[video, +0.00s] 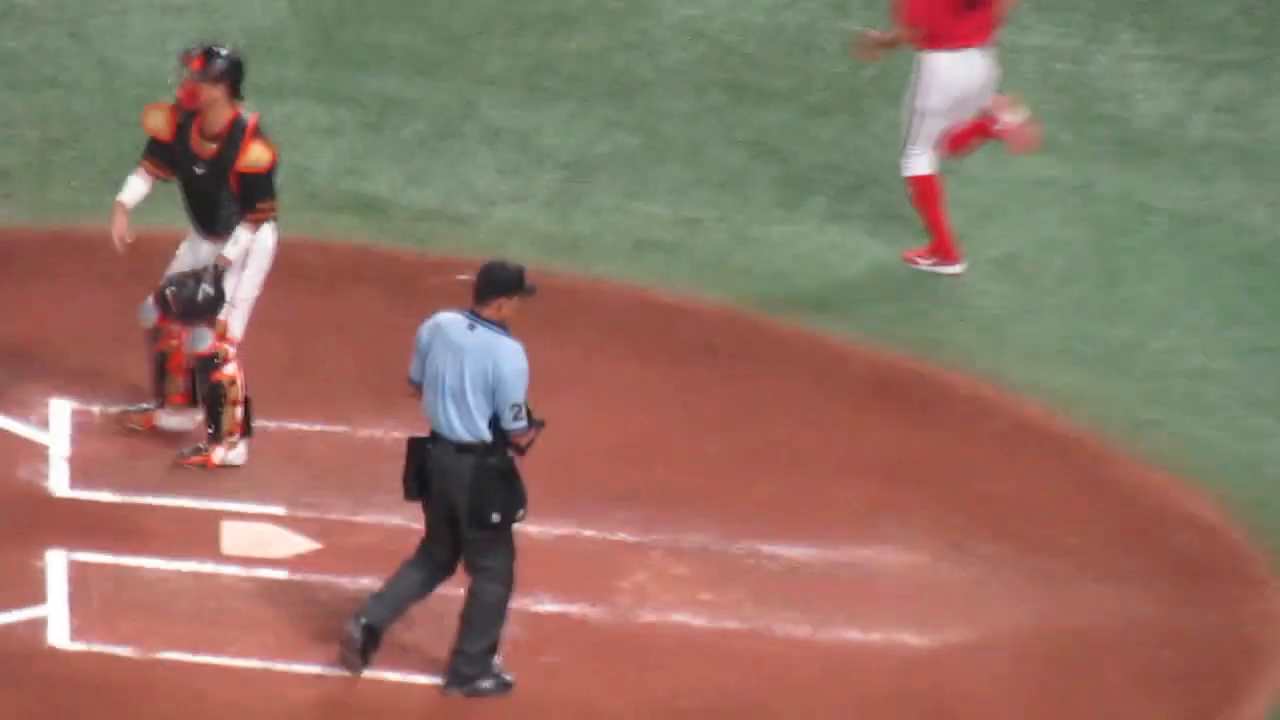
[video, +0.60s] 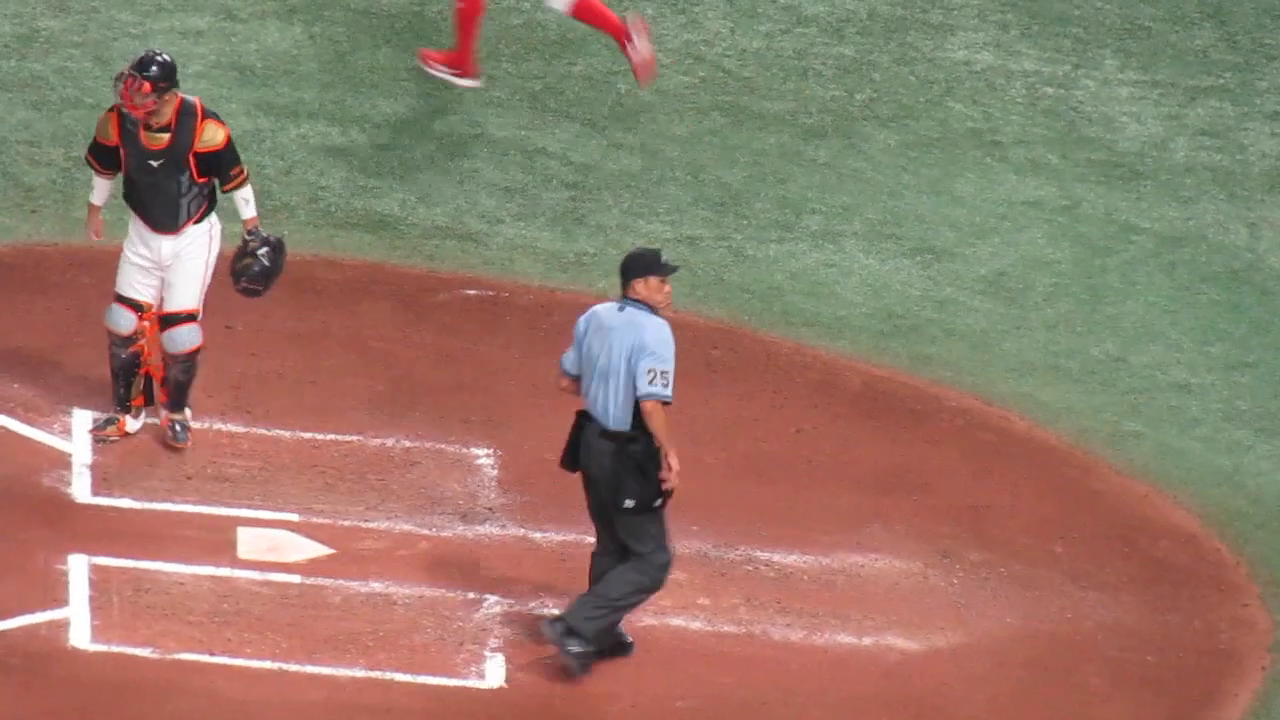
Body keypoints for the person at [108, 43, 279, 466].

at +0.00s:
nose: (189, 88)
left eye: (200, 82)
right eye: (190, 80)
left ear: (225, 89)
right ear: (192, 84)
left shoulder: (250, 145)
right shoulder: (176, 124)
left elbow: (258, 215)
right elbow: (151, 169)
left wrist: (226, 258)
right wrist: (122, 204)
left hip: (248, 241)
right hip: (204, 236)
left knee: (214, 334)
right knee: (162, 313)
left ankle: (230, 440)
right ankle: (175, 407)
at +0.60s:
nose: (134, 96)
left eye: (144, 90)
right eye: (133, 87)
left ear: (166, 94)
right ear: (130, 85)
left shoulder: (202, 126)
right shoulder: (117, 121)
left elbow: (236, 178)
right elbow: (104, 168)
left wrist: (252, 228)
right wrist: (95, 209)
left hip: (193, 237)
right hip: (143, 232)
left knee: (179, 330)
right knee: (122, 321)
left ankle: (177, 412)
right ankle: (126, 411)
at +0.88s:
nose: (198, 100)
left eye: (204, 92)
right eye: (189, 93)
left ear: (214, 89)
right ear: (171, 92)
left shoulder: (230, 118)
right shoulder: (141, 122)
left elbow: (248, 167)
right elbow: (113, 172)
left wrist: (257, 220)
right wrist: (106, 226)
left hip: (209, 232)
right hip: (156, 233)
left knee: (223, 325)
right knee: (136, 319)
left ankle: (190, 396)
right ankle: (138, 409)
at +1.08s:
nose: (246, 105)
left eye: (251, 97)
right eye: (237, 98)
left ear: (257, 93)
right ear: (216, 97)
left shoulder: (264, 123)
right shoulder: (179, 126)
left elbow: (270, 173)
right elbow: (139, 177)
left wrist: (279, 224)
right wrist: (133, 233)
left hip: (235, 237)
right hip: (184, 237)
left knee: (250, 325)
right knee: (156, 324)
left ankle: (235, 417)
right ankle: (150, 412)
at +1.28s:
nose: (298, 106)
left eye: (300, 98)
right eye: (290, 99)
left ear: (300, 96)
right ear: (267, 97)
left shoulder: (302, 126)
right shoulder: (228, 128)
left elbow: (299, 183)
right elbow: (182, 176)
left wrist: (301, 233)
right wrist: (183, 230)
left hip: (274, 247)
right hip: (227, 244)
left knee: (282, 336)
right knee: (189, 333)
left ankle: (247, 423)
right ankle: (159, 413)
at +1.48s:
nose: (337, 110)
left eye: (340, 102)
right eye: (329, 102)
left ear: (340, 100)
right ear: (307, 98)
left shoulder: (336, 130)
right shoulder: (268, 127)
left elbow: (328, 190)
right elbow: (221, 171)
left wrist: (328, 240)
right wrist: (221, 221)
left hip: (306, 251)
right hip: (262, 247)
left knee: (299, 340)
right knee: (248, 349)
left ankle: (254, 423)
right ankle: (183, 407)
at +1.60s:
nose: (360, 117)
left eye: (363, 109)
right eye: (353, 109)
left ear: (360, 107)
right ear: (331, 104)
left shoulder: (358, 135)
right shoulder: (287, 130)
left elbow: (346, 191)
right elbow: (239, 171)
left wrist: (345, 241)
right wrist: (243, 219)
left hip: (321, 251)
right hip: (279, 247)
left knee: (312, 345)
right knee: (285, 350)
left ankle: (263, 425)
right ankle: (224, 421)